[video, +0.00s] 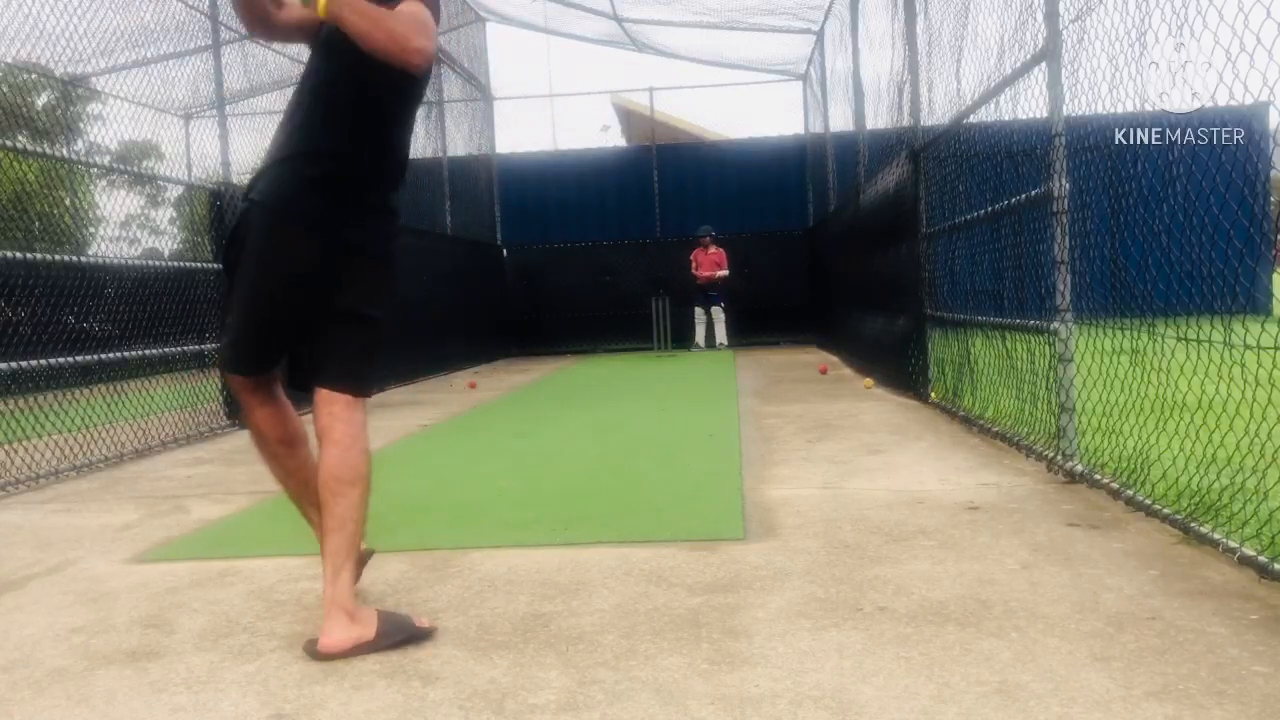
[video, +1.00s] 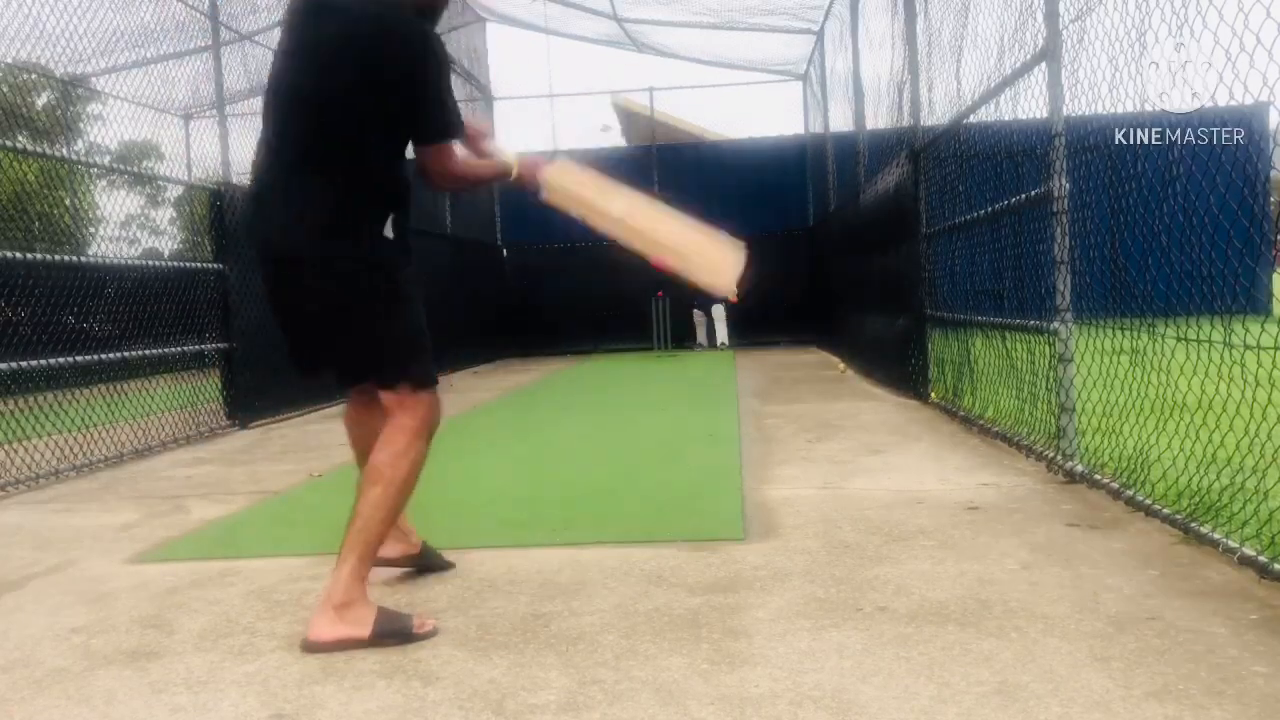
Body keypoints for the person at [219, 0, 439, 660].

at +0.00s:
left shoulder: (411, 8)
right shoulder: (342, 12)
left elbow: (417, 49)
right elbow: (263, 18)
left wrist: (330, 1)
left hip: (294, 210)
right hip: (357, 218)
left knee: (249, 377)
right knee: (342, 396)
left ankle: (338, 541)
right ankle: (342, 612)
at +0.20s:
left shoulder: (347, 4)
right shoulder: (415, 22)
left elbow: (292, 88)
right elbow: (348, 121)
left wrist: (207, 107)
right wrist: (237, 95)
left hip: (299, 222)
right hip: (382, 223)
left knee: (286, 384)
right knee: (356, 400)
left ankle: (352, 549)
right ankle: (343, 613)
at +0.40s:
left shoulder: (274, 3)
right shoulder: (429, 24)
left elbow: (212, 121)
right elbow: (435, 159)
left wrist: (232, 196)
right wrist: (374, 154)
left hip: (292, 226)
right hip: (380, 233)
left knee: (326, 398)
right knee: (377, 414)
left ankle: (364, 561)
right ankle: (342, 615)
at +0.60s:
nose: (482, 52)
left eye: (486, 39)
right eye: (484, 36)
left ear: (440, 23)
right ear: (468, 25)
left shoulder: (429, 86)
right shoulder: (394, 57)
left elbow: (420, 192)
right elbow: (316, 125)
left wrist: (442, 250)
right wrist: (408, 200)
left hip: (351, 250)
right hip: (320, 249)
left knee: (423, 377)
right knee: (396, 402)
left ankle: (398, 543)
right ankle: (341, 607)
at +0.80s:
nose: (485, 31)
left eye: (488, 19)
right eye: (480, 15)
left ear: (470, 19)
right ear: (446, 12)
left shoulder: (436, 91)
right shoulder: (367, 48)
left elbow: (422, 190)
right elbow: (292, 127)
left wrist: (446, 211)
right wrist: (416, 139)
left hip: (353, 260)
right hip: (314, 258)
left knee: (422, 380)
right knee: (414, 411)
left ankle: (390, 546)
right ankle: (341, 605)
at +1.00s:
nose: (452, 3)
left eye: (451, 1)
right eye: (449, 1)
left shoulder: (312, 12)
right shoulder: (410, 37)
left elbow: (366, 104)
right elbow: (442, 169)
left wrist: (456, 127)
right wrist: (505, 169)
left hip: (280, 226)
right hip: (350, 237)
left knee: (367, 389)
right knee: (414, 407)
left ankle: (392, 537)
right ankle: (342, 607)